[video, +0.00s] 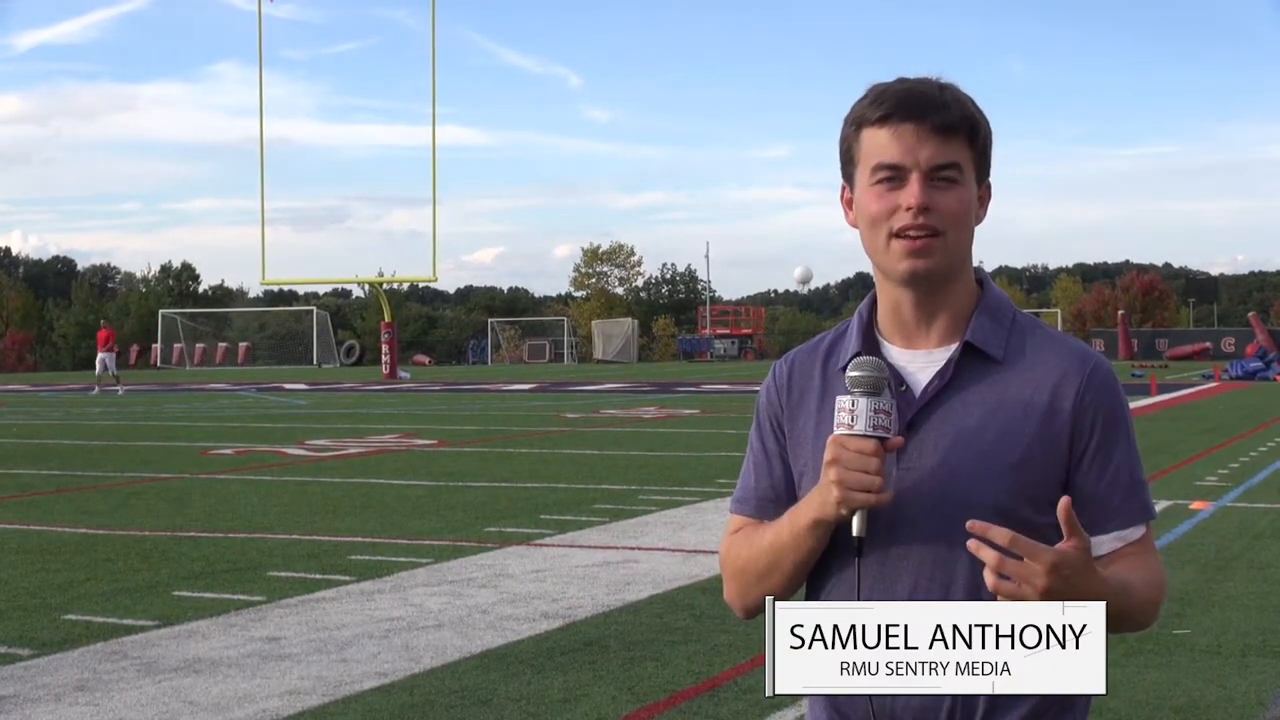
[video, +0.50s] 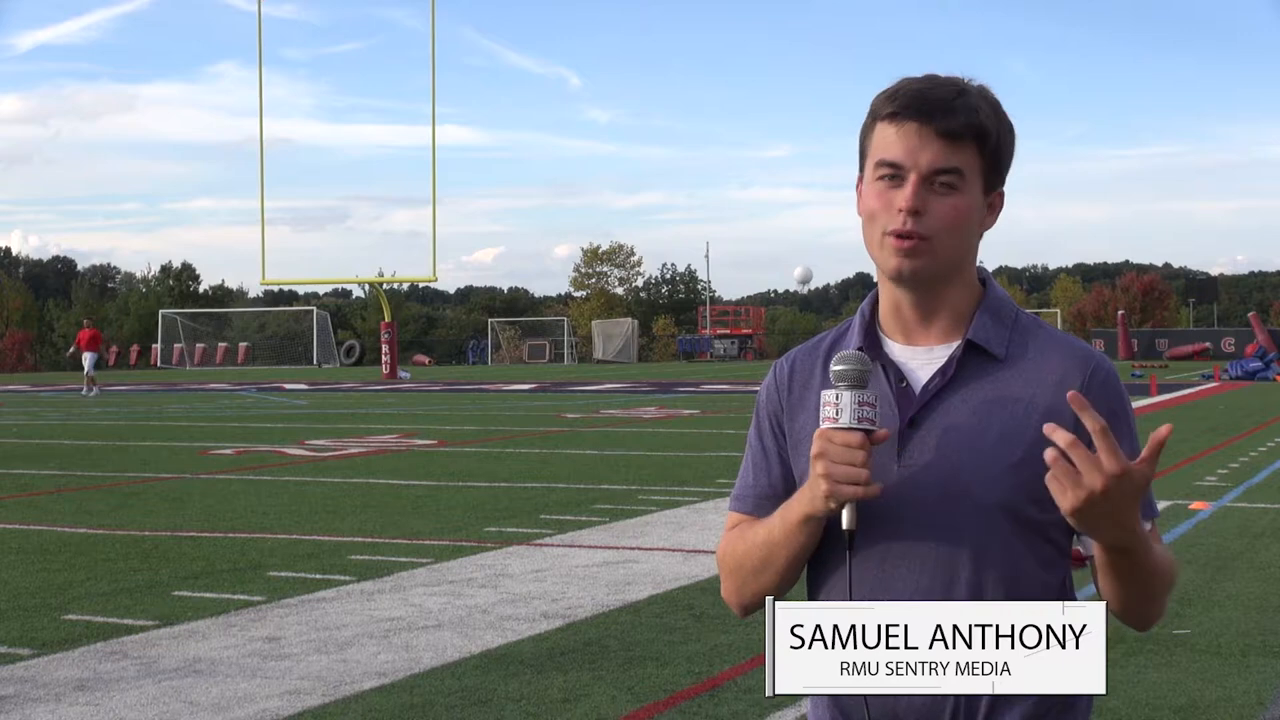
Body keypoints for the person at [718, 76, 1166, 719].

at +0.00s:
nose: (916, 201)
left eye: (944, 177)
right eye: (889, 179)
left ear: (981, 200)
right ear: (850, 204)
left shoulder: (1074, 382)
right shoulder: (794, 383)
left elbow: (1141, 583)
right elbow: (741, 587)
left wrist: (1090, 588)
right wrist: (821, 505)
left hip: (1021, 708)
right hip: (843, 707)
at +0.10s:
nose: (917, 201)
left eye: (945, 178)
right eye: (890, 179)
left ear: (982, 200)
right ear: (850, 205)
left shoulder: (1074, 382)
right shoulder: (795, 384)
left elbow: (1141, 585)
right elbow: (741, 587)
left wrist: (1085, 590)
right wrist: (823, 507)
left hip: (1021, 708)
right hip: (844, 708)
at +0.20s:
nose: (917, 201)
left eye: (945, 178)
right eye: (890, 178)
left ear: (983, 200)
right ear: (852, 204)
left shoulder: (1074, 383)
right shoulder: (795, 384)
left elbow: (1142, 588)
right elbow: (742, 587)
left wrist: (1080, 583)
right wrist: (823, 508)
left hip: (1021, 708)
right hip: (844, 707)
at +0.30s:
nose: (916, 199)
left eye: (946, 178)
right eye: (891, 177)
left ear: (985, 203)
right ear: (855, 203)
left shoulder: (1074, 382)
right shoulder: (795, 383)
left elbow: (1144, 596)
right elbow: (740, 587)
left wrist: (1085, 571)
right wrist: (823, 505)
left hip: (1022, 707)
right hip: (843, 708)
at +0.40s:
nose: (914, 200)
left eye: (946, 180)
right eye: (891, 176)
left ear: (988, 205)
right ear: (858, 201)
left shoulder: (1076, 380)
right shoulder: (796, 381)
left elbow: (1143, 609)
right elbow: (738, 586)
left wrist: (1100, 545)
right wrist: (816, 502)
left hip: (1023, 705)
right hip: (847, 707)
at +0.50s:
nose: (907, 203)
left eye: (943, 181)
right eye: (888, 176)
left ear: (991, 207)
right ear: (860, 195)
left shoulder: (1074, 379)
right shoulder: (796, 380)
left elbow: (1143, 611)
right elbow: (738, 588)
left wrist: (1120, 536)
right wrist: (811, 499)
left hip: (1025, 705)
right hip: (848, 706)